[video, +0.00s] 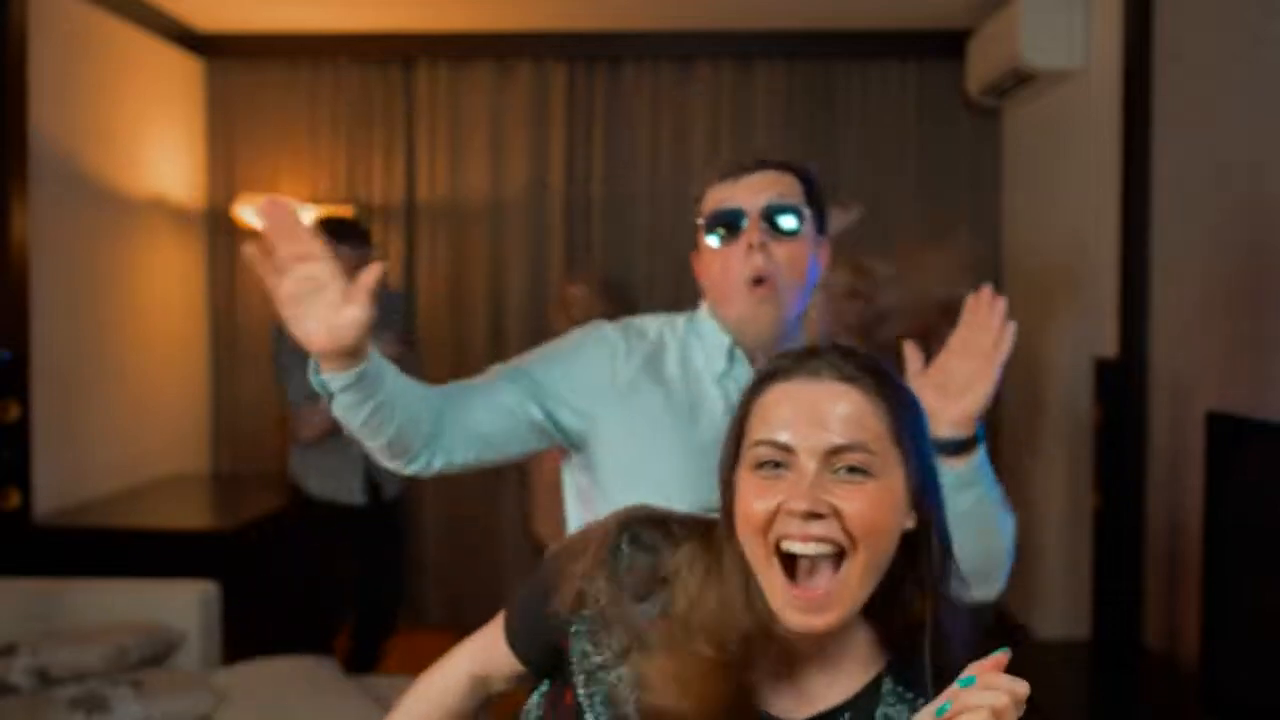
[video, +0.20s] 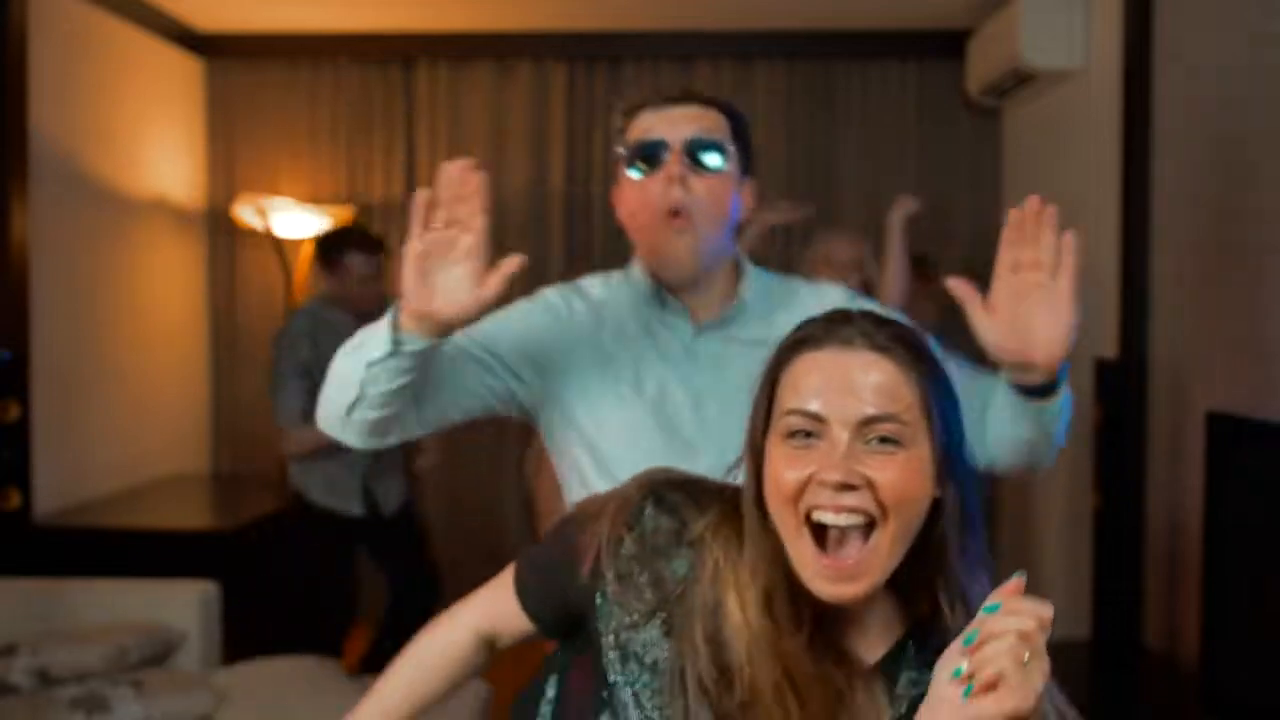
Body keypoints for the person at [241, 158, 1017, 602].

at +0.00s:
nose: (755, 247)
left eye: (784, 224)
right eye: (726, 228)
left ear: (824, 260)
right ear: (696, 266)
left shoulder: (851, 397)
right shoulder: (608, 362)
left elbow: (979, 583)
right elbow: (430, 433)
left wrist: (953, 445)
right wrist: (346, 359)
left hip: (794, 701)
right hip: (610, 693)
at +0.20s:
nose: (676, 177)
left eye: (706, 157)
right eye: (647, 160)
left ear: (748, 204)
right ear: (615, 204)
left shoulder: (835, 326)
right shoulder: (563, 329)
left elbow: (1008, 447)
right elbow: (354, 419)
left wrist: (1032, 385)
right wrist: (414, 332)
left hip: (812, 676)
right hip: (622, 681)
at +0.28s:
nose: (638, 157)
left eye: (669, 139)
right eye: (611, 141)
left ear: (713, 184)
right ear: (583, 186)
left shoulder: (812, 287)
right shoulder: (555, 319)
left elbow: (982, 360)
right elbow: (336, 412)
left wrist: (1069, 358)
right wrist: (444, 331)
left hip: (826, 642)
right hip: (636, 653)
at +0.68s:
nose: (547, 251)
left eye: (576, 230)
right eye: (519, 234)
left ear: (619, 258)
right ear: (490, 272)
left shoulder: (690, 339)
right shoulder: (502, 417)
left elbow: (942, 349)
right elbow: (365, 565)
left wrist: (1193, 382)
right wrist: (475, 462)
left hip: (794, 659)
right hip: (629, 684)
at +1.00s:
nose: (517, 282)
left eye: (549, 260)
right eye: (493, 266)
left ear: (606, 293)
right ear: (471, 308)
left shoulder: (701, 364)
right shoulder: (491, 445)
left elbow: (953, 376)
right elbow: (327, 555)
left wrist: (1136, 513)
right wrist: (362, 475)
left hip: (794, 670)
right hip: (610, 704)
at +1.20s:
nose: (556, 196)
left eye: (588, 177)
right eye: (530, 180)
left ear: (641, 211)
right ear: (500, 215)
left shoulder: (717, 291)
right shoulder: (486, 340)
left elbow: (955, 321)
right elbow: (359, 422)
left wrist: (991, 465)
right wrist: (234, 413)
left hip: (806, 661)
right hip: (599, 668)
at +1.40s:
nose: (632, 136)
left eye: (662, 116)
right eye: (602, 121)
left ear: (712, 156)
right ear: (573, 170)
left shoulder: (805, 276)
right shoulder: (513, 304)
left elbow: (990, 422)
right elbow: (308, 377)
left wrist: (928, 414)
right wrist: (91, 385)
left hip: (816, 669)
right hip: (600, 676)